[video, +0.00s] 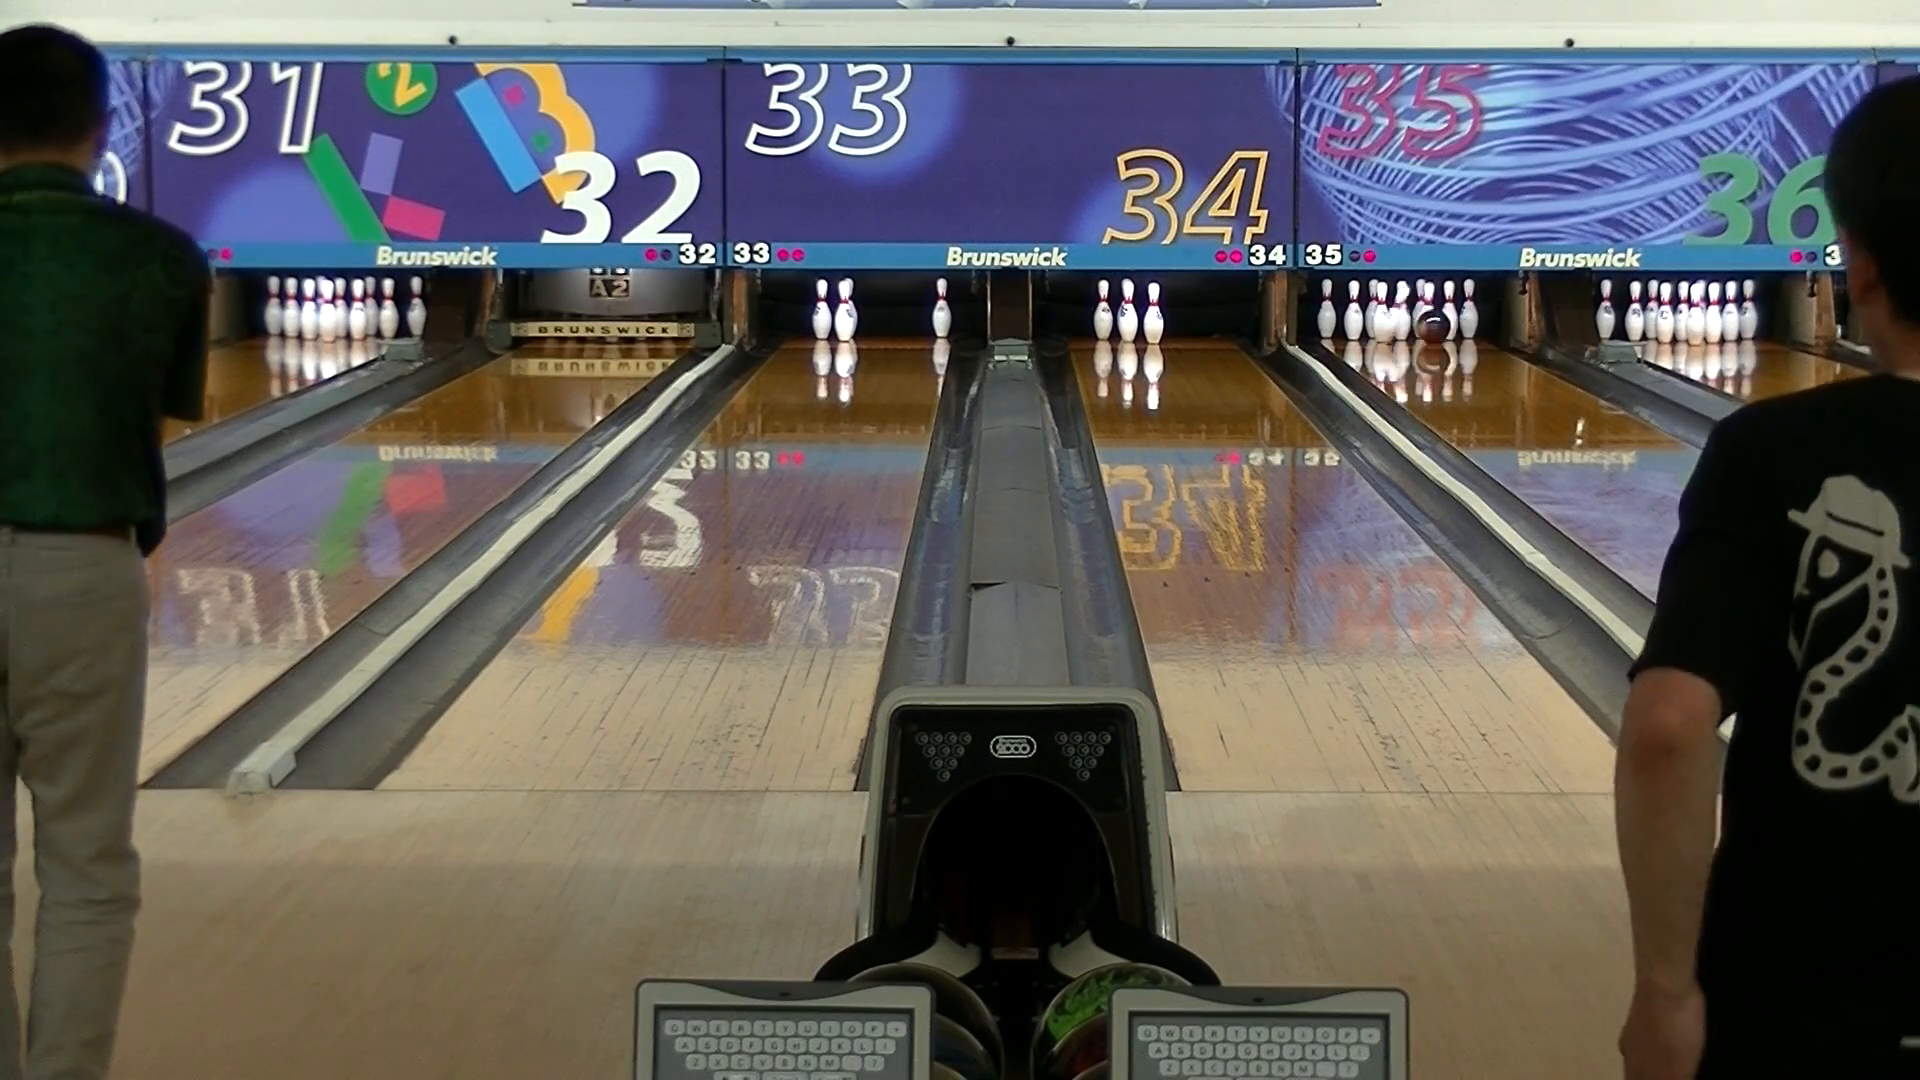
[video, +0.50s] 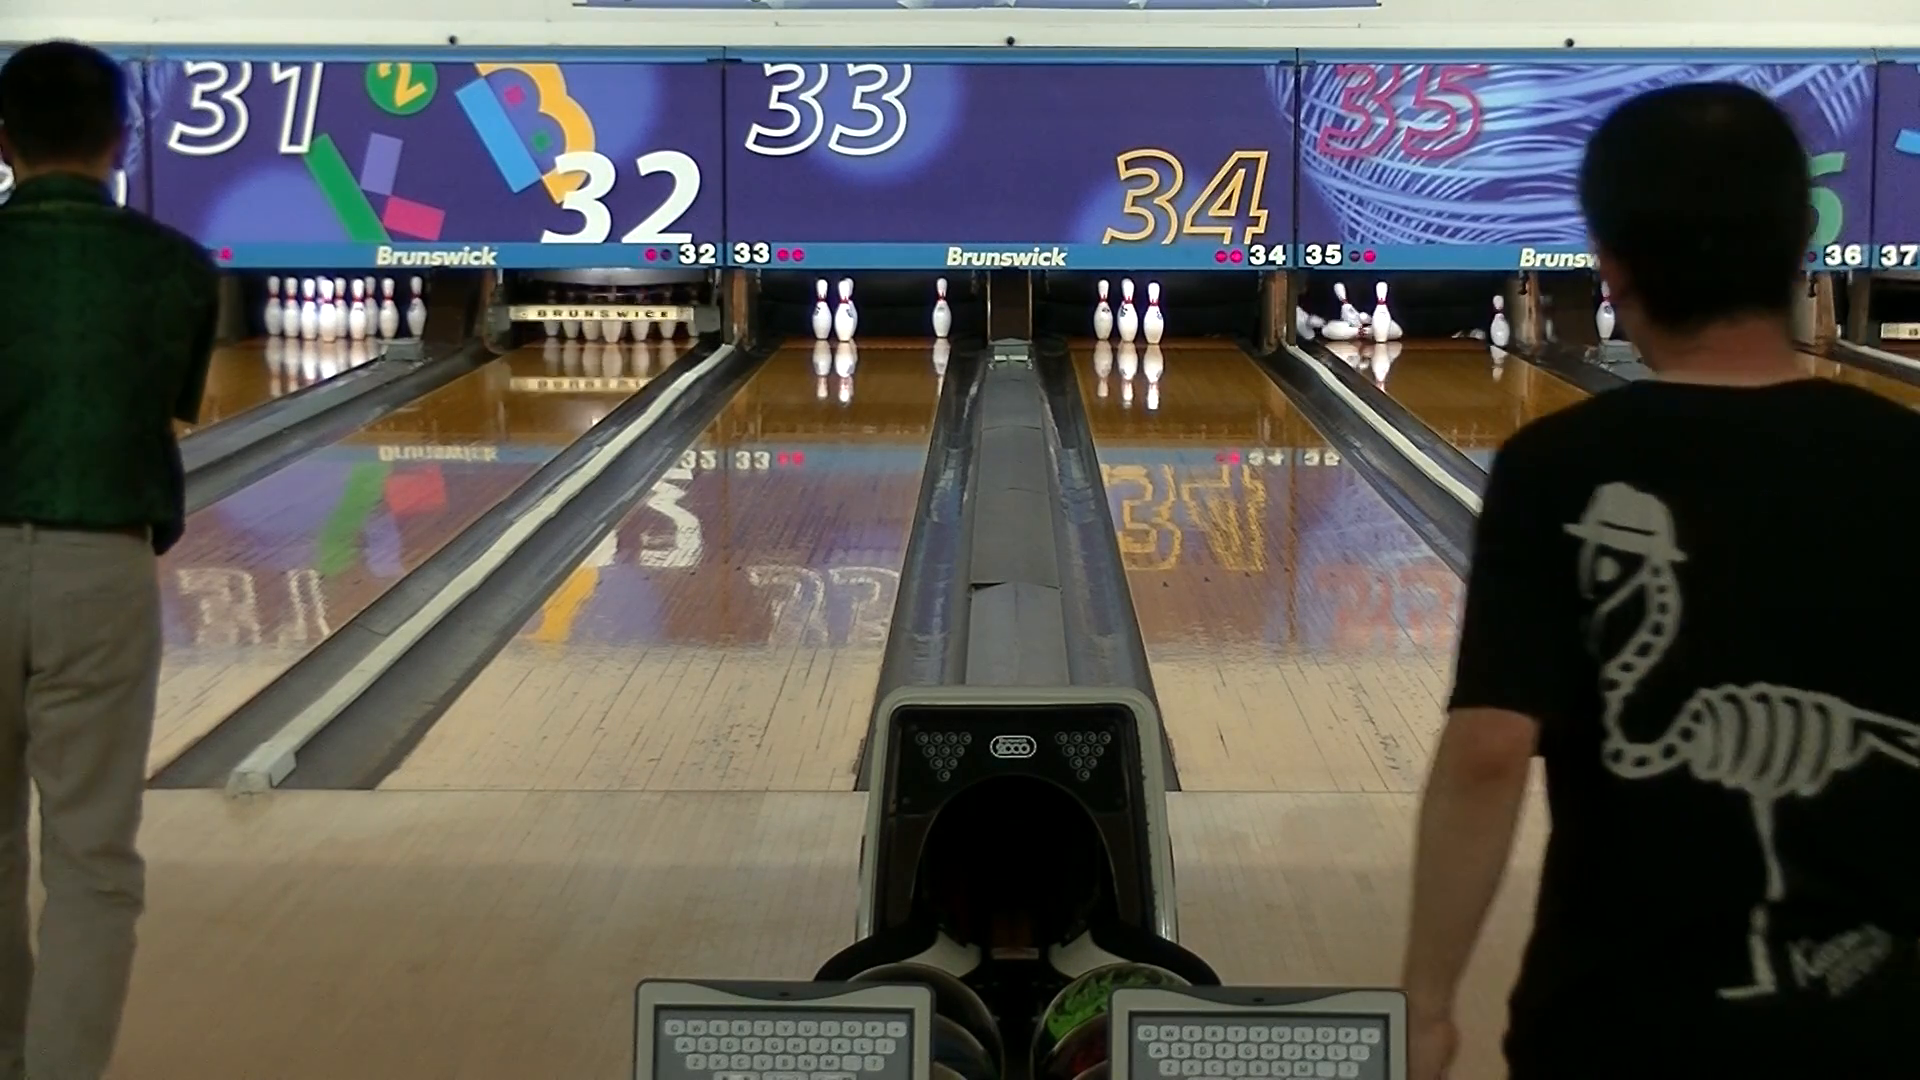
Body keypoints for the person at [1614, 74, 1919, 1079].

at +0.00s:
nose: (1839, 258)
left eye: (1841, 236)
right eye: (1842, 233)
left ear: (1861, 264)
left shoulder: (1775, 452)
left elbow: (1667, 722)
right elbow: (1668, 722)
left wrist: (1665, 989)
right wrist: (1668, 990)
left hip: (1803, 1003)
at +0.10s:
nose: (1816, 263)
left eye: (1818, 241)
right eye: (1821, 238)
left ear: (1838, 271)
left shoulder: (1759, 451)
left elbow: (1634, 714)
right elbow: (1633, 715)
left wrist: (1641, 988)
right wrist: (1645, 989)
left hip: (1782, 1003)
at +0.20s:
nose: (1780, 266)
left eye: (1779, 246)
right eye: (1786, 241)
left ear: (1805, 272)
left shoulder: (1730, 458)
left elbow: (1602, 718)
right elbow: (1601, 718)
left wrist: (1608, 999)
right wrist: (1612, 999)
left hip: (1756, 1015)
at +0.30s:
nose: (1740, 275)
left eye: (1735, 252)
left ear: (1755, 277)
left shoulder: (1691, 465)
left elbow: (1582, 737)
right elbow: (1581, 736)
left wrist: (1562, 1014)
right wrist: (1564, 1016)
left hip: (1719, 1023)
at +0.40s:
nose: (1678, 276)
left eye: (1677, 252)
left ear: (1694, 275)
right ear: (1881, 253)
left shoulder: (1634, 469)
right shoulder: (1914, 423)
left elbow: (1554, 744)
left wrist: (1496, 1015)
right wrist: (1502, 1011)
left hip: (1681, 1014)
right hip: (1903, 1008)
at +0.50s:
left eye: (1599, 252)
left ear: (1613, 273)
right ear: (1803, 249)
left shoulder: (1557, 466)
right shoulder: (1899, 448)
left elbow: (1490, 748)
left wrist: (1427, 1000)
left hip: (1625, 1012)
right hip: (1878, 1010)